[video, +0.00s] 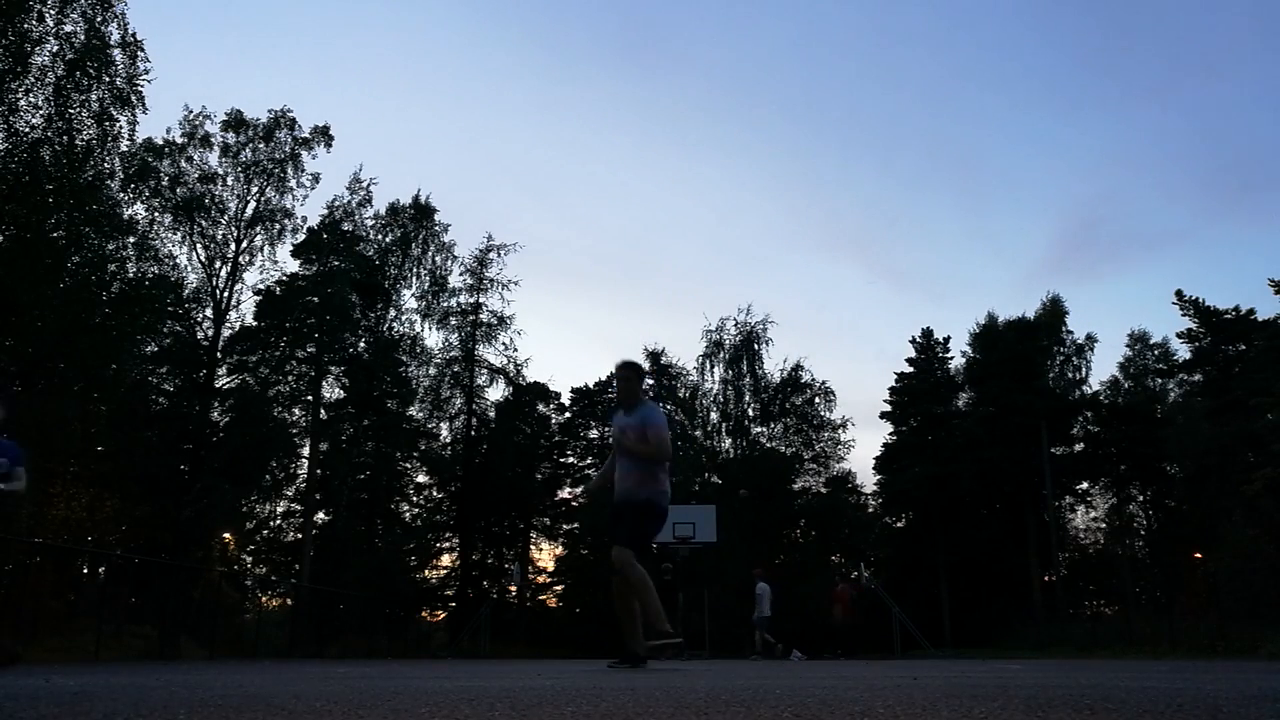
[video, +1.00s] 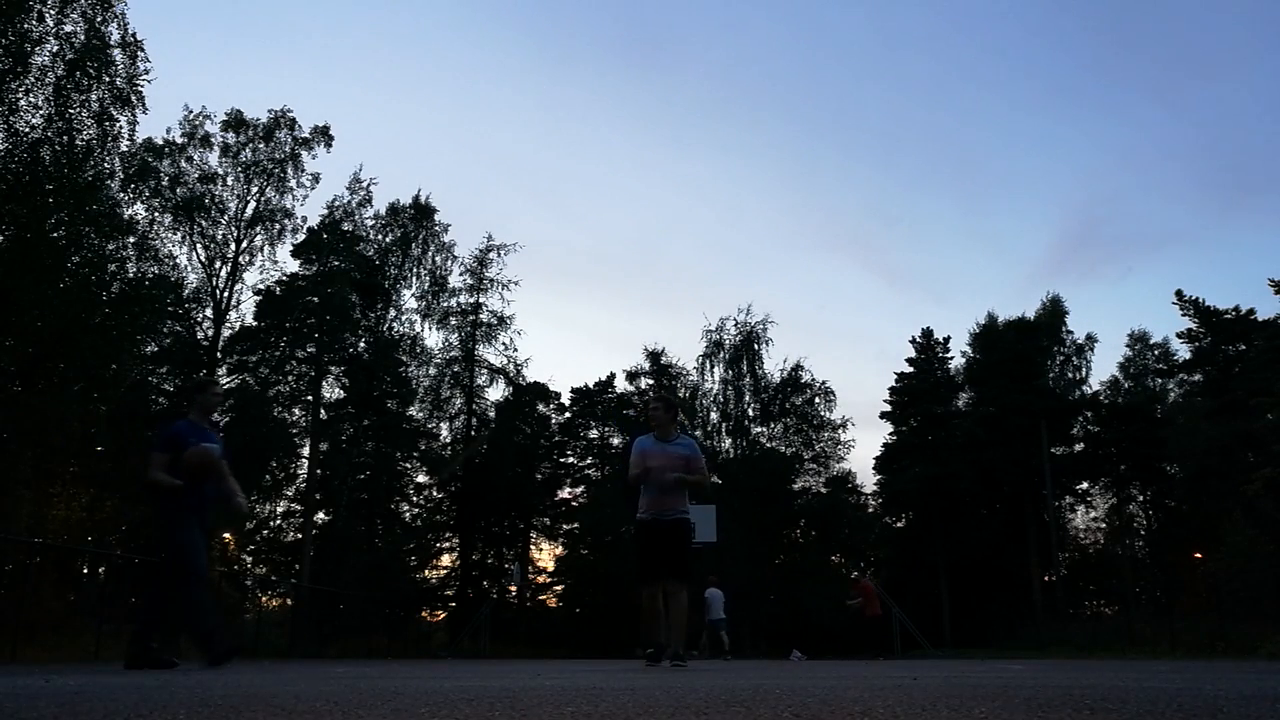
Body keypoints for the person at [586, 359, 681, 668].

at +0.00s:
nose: (620, 386)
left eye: (626, 380)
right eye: (618, 380)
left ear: (640, 384)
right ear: (616, 383)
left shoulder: (653, 413)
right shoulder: (620, 418)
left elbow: (663, 452)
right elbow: (617, 457)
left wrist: (627, 446)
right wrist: (596, 484)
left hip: (649, 499)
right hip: (625, 499)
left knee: (624, 557)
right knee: (623, 567)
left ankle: (662, 628)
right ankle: (635, 650)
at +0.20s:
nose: (640, 388)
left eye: (645, 383)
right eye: (636, 383)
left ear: (656, 386)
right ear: (631, 387)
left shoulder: (667, 418)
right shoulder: (623, 418)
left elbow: (680, 453)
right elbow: (614, 452)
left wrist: (643, 442)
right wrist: (599, 468)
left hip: (658, 505)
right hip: (627, 504)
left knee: (656, 575)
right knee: (629, 576)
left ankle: (671, 641)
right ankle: (635, 651)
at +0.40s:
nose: (655, 398)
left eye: (661, 393)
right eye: (651, 393)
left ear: (671, 400)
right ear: (644, 398)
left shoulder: (681, 433)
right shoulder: (631, 432)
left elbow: (693, 470)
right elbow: (612, 462)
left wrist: (661, 458)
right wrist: (614, 483)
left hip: (671, 516)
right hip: (637, 514)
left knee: (672, 584)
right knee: (638, 580)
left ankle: (677, 650)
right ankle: (637, 650)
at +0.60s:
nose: (668, 408)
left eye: (673, 404)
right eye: (663, 404)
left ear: (680, 410)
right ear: (655, 409)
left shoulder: (690, 442)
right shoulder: (641, 440)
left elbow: (699, 482)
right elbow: (627, 477)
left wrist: (683, 476)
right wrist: (645, 479)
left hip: (678, 521)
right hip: (647, 520)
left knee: (677, 587)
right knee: (645, 580)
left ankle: (677, 650)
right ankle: (648, 647)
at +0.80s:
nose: (662, 408)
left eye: (667, 404)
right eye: (659, 404)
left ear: (679, 409)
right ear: (655, 409)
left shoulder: (693, 440)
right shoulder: (645, 437)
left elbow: (707, 476)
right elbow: (632, 470)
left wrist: (688, 472)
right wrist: (652, 452)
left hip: (679, 518)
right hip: (648, 517)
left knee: (678, 584)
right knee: (648, 582)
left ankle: (678, 650)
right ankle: (652, 647)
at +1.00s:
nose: (651, 414)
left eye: (656, 410)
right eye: (650, 410)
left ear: (671, 414)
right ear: (651, 415)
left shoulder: (689, 445)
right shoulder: (641, 444)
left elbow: (704, 480)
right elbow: (632, 478)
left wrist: (678, 477)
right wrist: (646, 472)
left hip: (677, 521)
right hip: (647, 521)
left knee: (677, 585)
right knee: (650, 585)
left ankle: (677, 649)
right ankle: (655, 646)